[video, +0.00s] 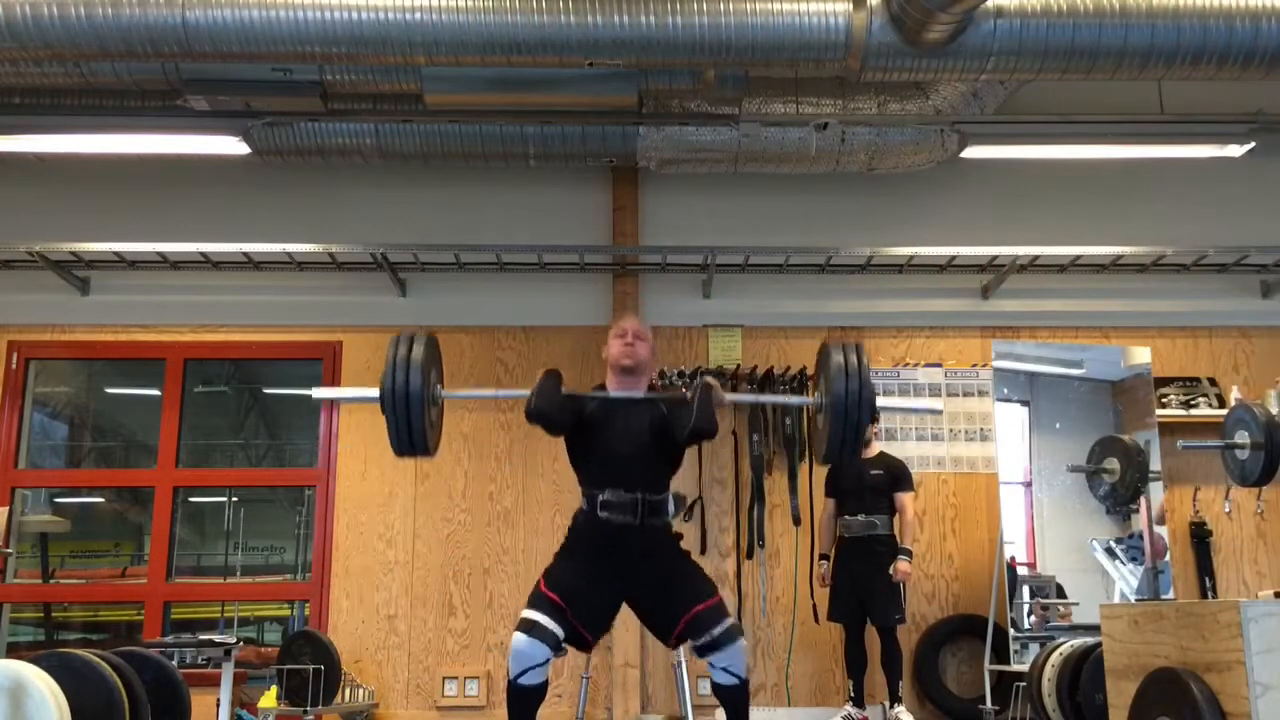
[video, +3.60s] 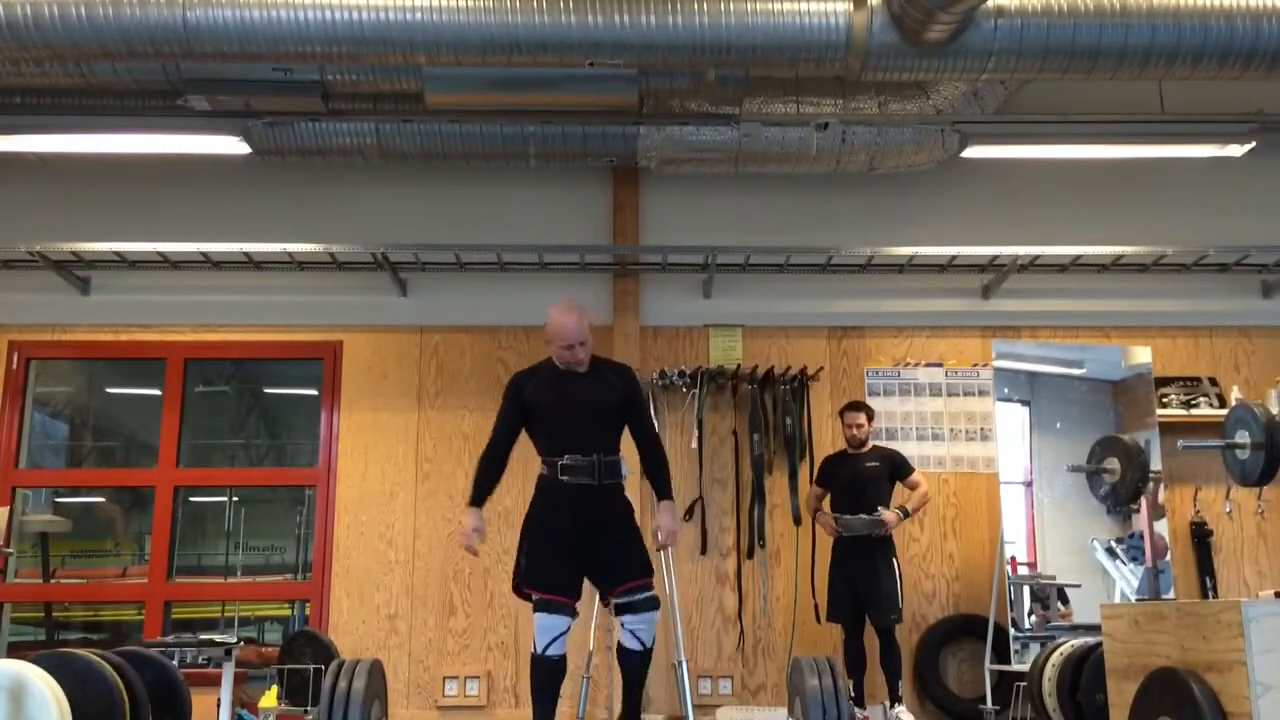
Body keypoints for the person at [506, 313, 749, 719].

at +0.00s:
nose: (629, 341)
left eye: (639, 338)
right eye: (620, 335)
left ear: (653, 360)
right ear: (605, 353)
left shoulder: (668, 409)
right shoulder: (583, 406)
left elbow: (702, 426)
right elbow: (545, 411)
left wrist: (703, 391)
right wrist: (550, 379)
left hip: (655, 549)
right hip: (590, 546)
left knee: (729, 649)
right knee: (526, 650)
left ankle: (738, 718)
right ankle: (521, 718)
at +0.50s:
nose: (642, 290)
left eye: (652, 286)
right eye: (633, 284)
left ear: (664, 306)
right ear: (616, 302)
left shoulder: (683, 354)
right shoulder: (594, 353)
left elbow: (722, 350)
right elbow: (558, 337)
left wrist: (720, 331)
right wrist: (557, 318)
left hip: (673, 501)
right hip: (609, 499)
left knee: (694, 633)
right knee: (587, 631)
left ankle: (697, 718)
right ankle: (570, 718)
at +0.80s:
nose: (644, 278)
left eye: (654, 273)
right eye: (635, 271)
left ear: (665, 291)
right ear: (617, 285)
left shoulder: (684, 342)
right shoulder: (590, 342)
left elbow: (720, 396)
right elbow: (555, 398)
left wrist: (724, 343)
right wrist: (551, 345)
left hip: (664, 486)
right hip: (603, 485)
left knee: (679, 619)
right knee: (586, 616)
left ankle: (698, 717)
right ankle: (569, 717)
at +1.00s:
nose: (639, 321)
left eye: (649, 312)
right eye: (631, 310)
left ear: (663, 311)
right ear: (615, 306)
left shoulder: (684, 361)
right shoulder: (586, 359)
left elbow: (730, 428)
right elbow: (548, 433)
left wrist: (728, 407)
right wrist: (550, 411)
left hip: (661, 502)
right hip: (600, 500)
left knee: (686, 626)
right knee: (583, 622)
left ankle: (698, 716)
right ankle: (568, 717)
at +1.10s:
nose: (640, 335)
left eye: (650, 326)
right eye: (632, 324)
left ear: (665, 323)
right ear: (617, 321)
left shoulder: (688, 376)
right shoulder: (591, 375)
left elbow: (723, 435)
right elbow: (565, 437)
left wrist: (726, 465)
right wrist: (555, 468)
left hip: (667, 517)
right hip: (606, 516)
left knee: (687, 637)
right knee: (589, 627)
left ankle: (691, 718)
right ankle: (571, 718)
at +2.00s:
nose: (610, 352)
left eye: (619, 344)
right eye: (604, 343)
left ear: (633, 345)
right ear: (591, 341)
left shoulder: (652, 390)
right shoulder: (569, 390)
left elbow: (671, 456)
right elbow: (542, 448)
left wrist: (652, 497)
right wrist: (547, 484)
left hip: (641, 517)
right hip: (590, 518)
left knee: (655, 625)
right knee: (593, 628)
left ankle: (669, 712)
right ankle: (594, 714)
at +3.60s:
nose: (576, 354)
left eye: (580, 344)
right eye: (565, 347)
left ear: (591, 336)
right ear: (548, 344)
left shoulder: (620, 380)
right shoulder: (526, 386)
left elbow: (648, 442)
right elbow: (498, 447)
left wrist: (665, 501)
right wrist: (475, 505)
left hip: (610, 511)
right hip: (555, 512)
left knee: (642, 613)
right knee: (552, 622)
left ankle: (630, 714)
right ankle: (543, 718)